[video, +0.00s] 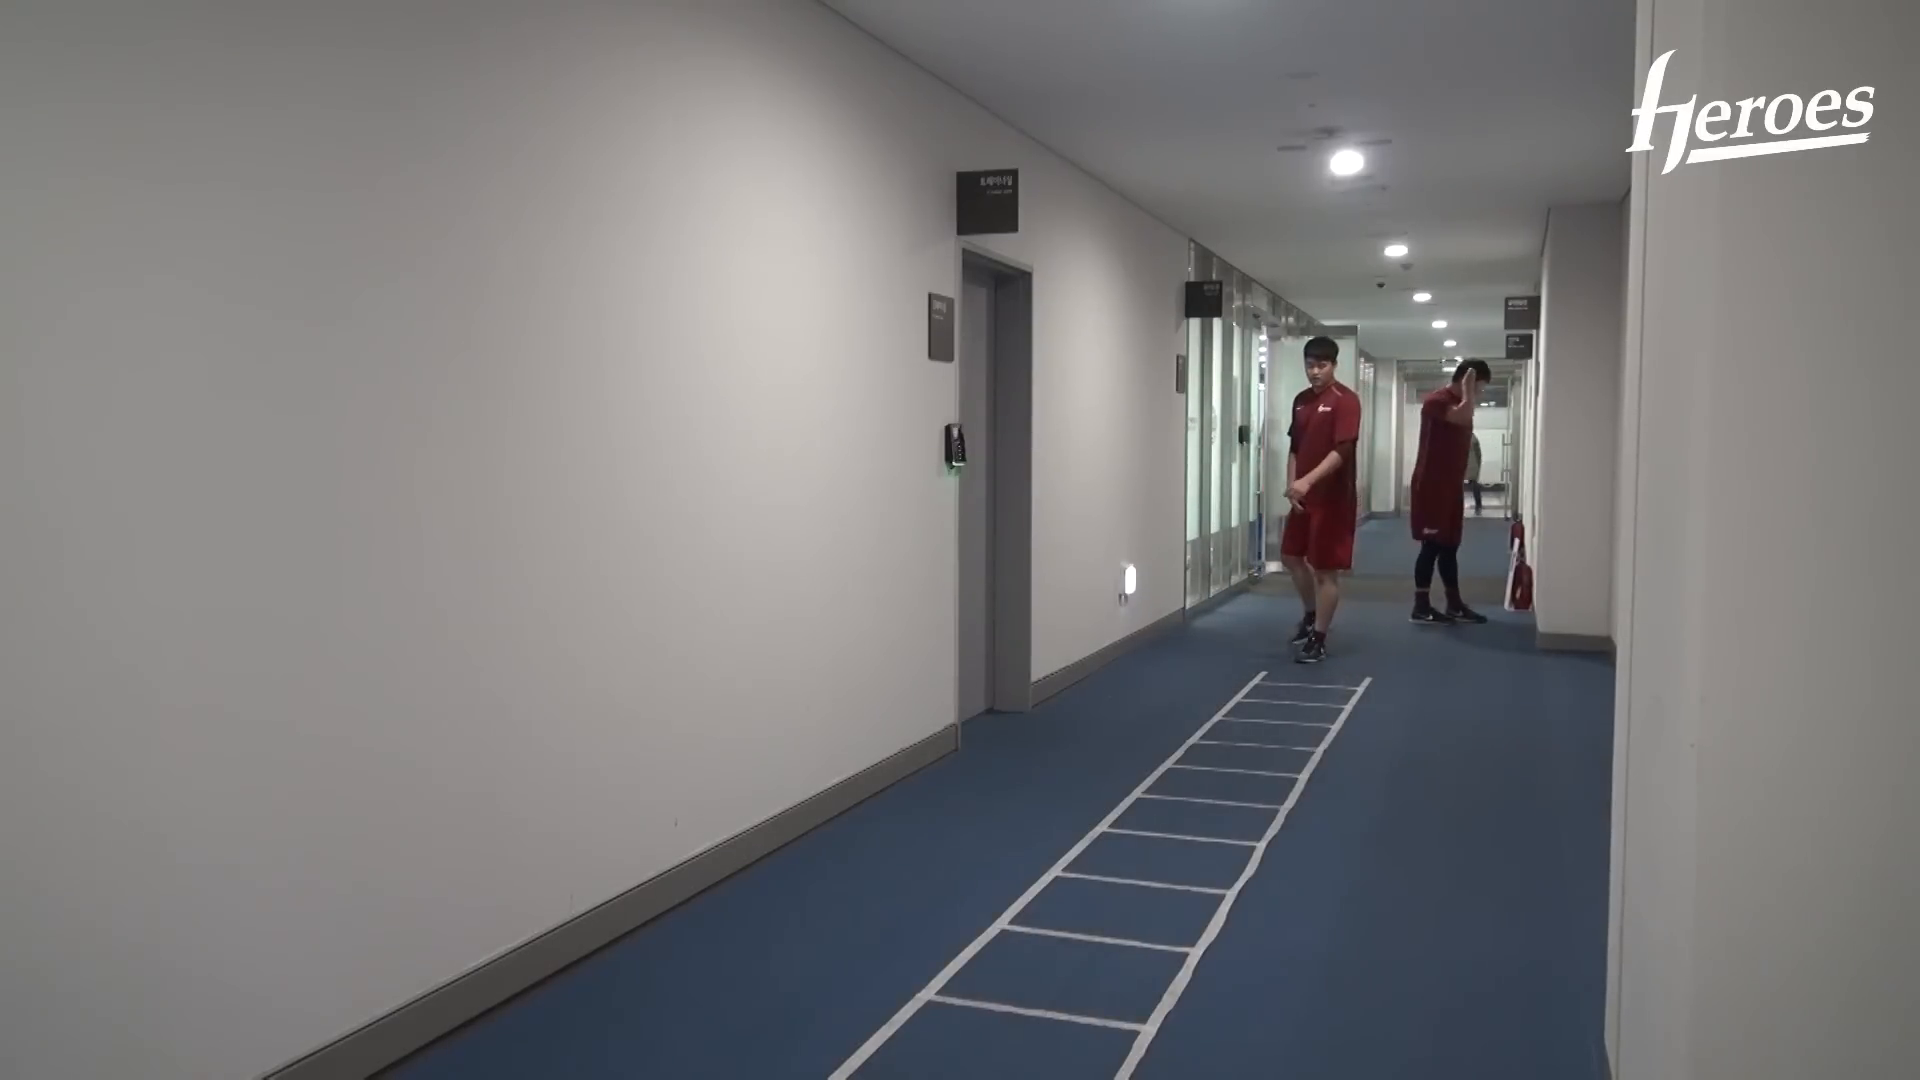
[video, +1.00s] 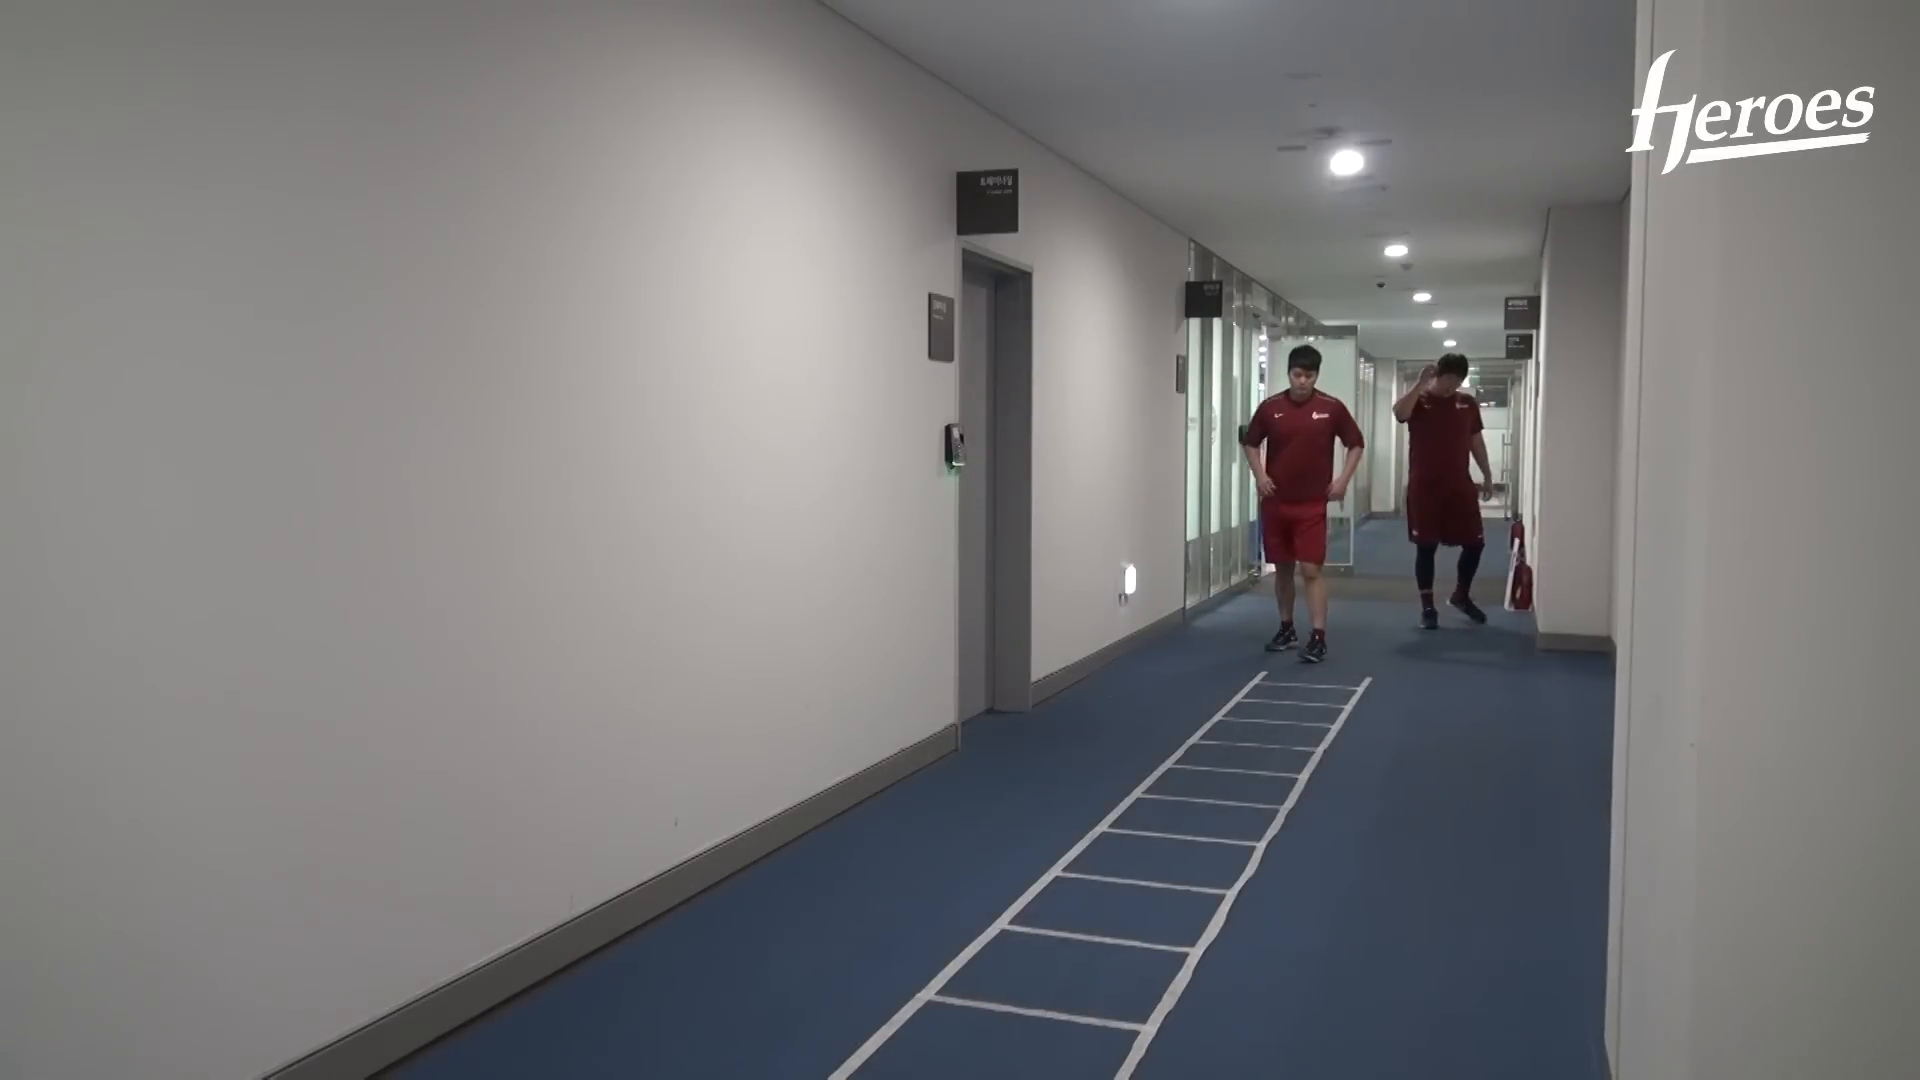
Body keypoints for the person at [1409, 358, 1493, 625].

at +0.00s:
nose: (1481, 393)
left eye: (1482, 388)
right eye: (1480, 386)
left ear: (1465, 379)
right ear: (1467, 379)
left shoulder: (1459, 405)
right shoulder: (1436, 402)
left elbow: (1454, 450)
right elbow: (1462, 417)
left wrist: (1458, 480)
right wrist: (1466, 390)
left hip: (1450, 487)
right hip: (1432, 487)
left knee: (1449, 547)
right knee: (1431, 545)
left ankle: (1454, 604)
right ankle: (1421, 605)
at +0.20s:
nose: (1490, 393)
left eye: (1493, 388)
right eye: (1489, 386)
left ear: (1487, 386)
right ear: (1475, 380)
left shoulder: (1480, 409)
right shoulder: (1439, 400)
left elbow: (1481, 443)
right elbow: (1449, 415)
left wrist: (1493, 475)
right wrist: (1465, 388)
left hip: (1460, 485)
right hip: (1434, 483)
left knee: (1455, 544)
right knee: (1436, 540)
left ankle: (1455, 604)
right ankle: (1423, 603)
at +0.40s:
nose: (1485, 392)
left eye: (1490, 388)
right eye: (1484, 386)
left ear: (1490, 387)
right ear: (1471, 378)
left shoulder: (1485, 407)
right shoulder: (1440, 399)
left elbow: (1492, 444)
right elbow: (1437, 415)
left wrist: (1508, 472)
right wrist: (1457, 387)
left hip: (1467, 485)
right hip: (1437, 483)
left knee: (1458, 545)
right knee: (1436, 540)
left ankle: (1455, 605)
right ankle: (1426, 605)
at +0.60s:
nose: (1478, 391)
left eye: (1482, 387)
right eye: (1475, 385)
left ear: (1484, 386)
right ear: (1462, 378)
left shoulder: (1483, 407)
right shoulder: (1435, 400)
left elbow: (1491, 445)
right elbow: (1425, 415)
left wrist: (1505, 476)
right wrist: (1446, 385)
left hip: (1468, 487)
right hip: (1437, 486)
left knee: (1461, 547)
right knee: (1436, 545)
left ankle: (1456, 605)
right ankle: (1430, 607)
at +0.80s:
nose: (1463, 389)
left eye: (1468, 384)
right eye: (1460, 382)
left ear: (1472, 383)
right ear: (1448, 377)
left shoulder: (1475, 405)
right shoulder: (1426, 402)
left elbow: (1484, 443)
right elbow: (1412, 415)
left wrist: (1494, 477)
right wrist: (1431, 385)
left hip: (1464, 487)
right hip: (1431, 487)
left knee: (1464, 547)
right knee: (1431, 545)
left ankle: (1456, 604)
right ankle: (1428, 607)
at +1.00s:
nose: (1453, 387)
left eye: (1458, 383)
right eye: (1450, 381)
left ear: (1461, 381)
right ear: (1437, 375)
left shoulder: (1466, 404)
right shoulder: (1416, 400)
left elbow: (1476, 442)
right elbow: (1400, 413)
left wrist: (1487, 475)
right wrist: (1419, 384)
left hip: (1459, 486)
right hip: (1425, 487)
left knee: (1474, 543)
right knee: (1426, 546)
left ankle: (1461, 595)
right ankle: (1427, 607)